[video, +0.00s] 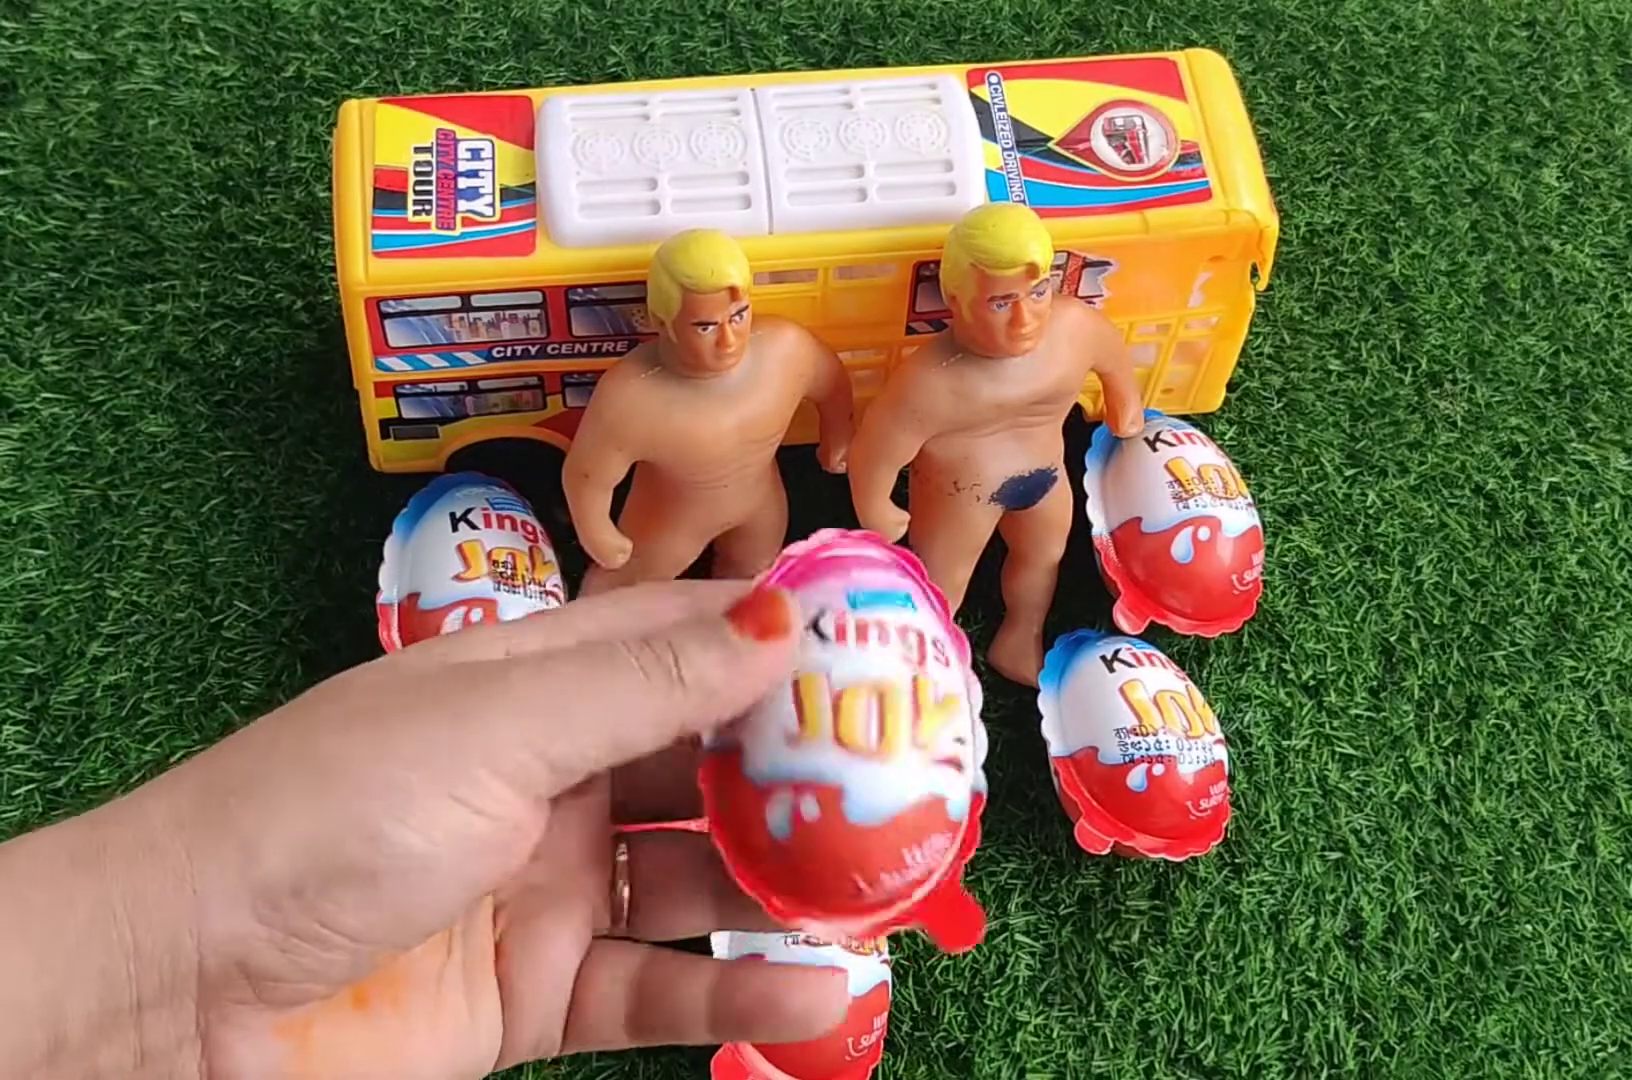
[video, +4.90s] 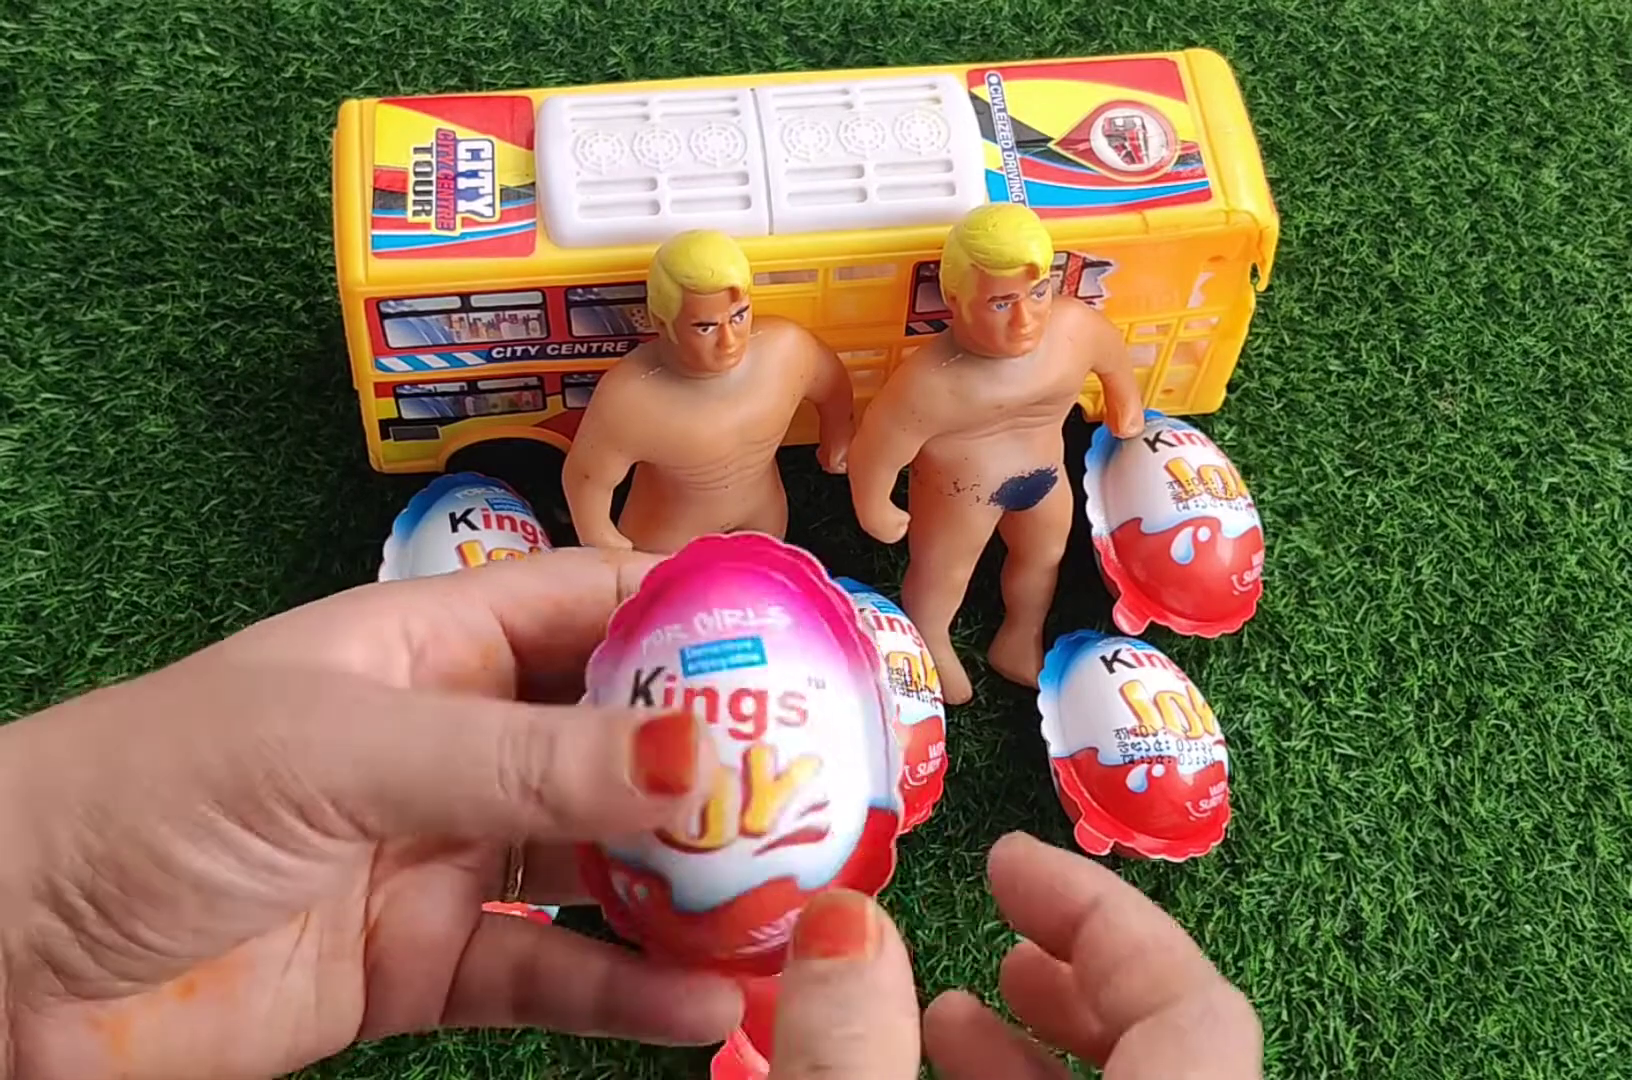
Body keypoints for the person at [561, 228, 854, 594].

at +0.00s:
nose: (728, 340)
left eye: (739, 316)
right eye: (705, 326)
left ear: (750, 301)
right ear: (663, 323)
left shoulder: (788, 350)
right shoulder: (629, 397)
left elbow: (833, 387)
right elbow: (586, 477)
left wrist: (836, 440)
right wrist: (598, 537)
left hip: (758, 500)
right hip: (671, 515)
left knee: (753, 585)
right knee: (627, 590)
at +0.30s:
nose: (727, 339)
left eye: (738, 316)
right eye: (704, 325)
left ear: (750, 300)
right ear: (661, 321)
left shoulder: (786, 349)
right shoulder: (627, 394)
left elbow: (832, 387)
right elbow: (584, 477)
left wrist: (835, 440)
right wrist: (600, 543)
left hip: (766, 528)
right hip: (659, 545)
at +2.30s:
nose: (728, 340)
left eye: (738, 316)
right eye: (704, 326)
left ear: (749, 301)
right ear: (660, 321)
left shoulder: (786, 349)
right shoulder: (628, 395)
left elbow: (832, 385)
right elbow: (585, 479)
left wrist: (837, 441)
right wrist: (601, 553)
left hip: (766, 529)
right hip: (667, 546)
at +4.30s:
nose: (728, 339)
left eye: (738, 316)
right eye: (705, 326)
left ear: (749, 302)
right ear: (660, 324)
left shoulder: (787, 350)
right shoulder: (628, 398)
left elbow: (832, 387)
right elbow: (585, 478)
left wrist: (836, 442)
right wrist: (598, 536)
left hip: (759, 503)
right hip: (671, 514)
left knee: (752, 588)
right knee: (642, 598)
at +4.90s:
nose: (728, 340)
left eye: (739, 315)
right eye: (704, 327)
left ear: (750, 301)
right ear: (663, 327)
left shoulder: (786, 350)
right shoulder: (627, 399)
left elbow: (832, 389)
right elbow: (585, 479)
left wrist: (835, 444)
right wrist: (605, 544)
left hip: (762, 541)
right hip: (662, 558)